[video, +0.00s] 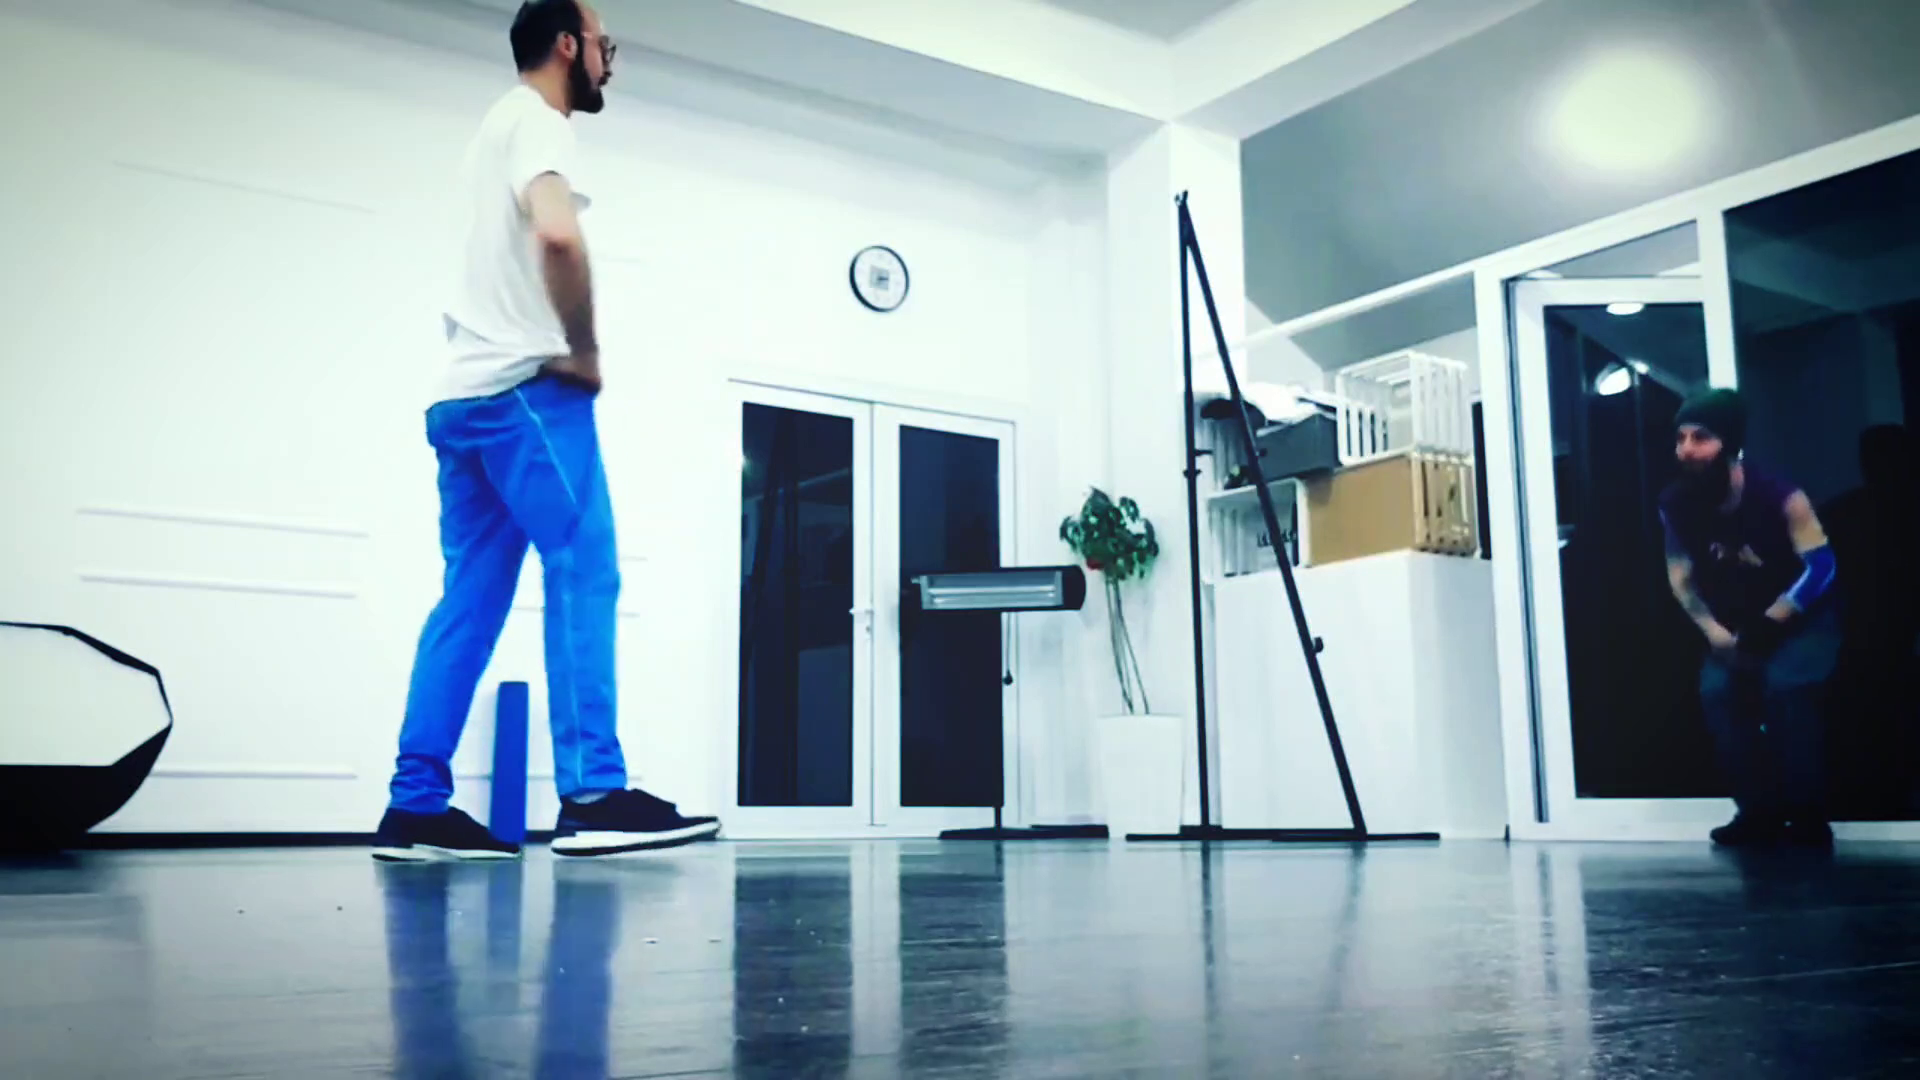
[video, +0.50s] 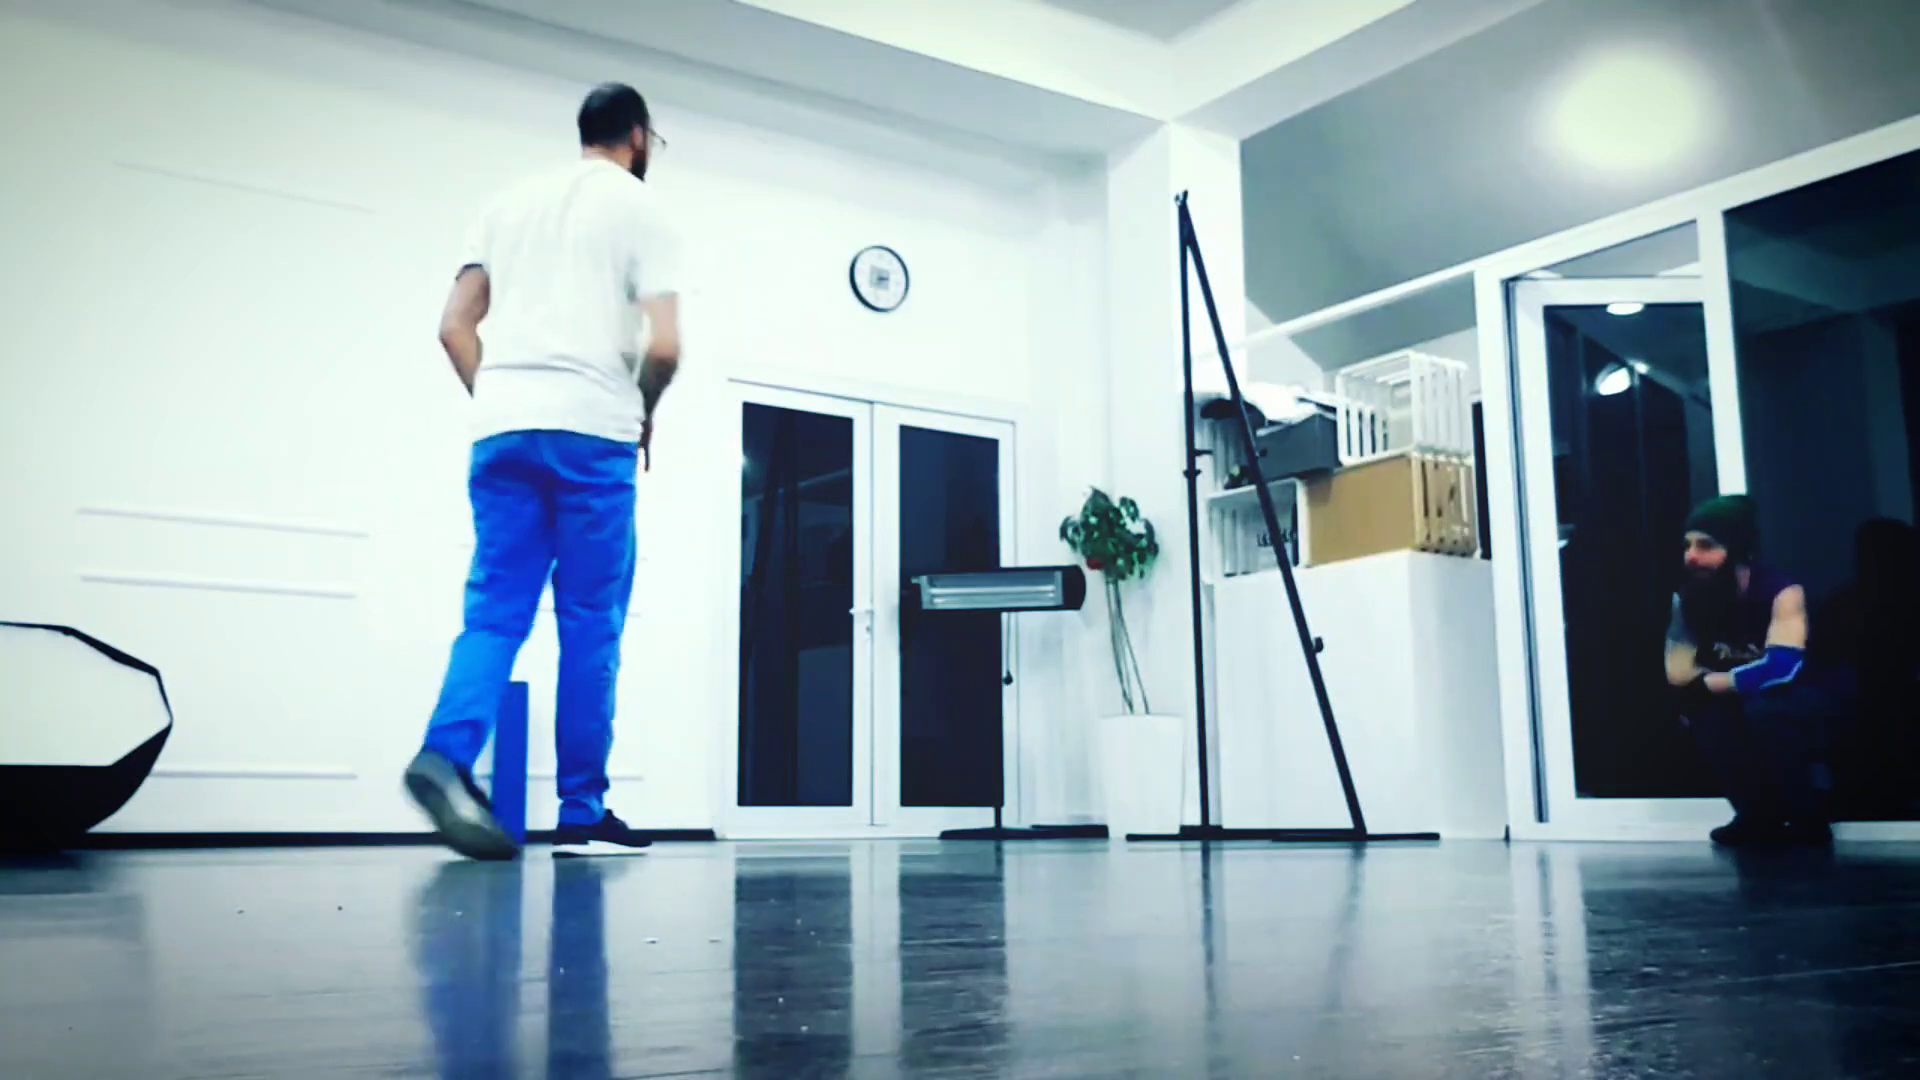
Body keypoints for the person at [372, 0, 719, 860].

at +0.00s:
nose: (607, 65)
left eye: (606, 49)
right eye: (602, 46)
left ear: (536, 50)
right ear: (569, 45)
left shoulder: (499, 126)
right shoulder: (534, 122)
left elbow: (487, 263)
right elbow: (558, 238)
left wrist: (529, 350)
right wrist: (584, 351)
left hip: (467, 401)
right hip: (529, 395)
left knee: (471, 600)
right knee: (586, 575)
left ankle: (416, 802)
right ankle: (595, 791)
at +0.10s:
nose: (608, 74)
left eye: (605, 58)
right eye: (602, 56)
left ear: (533, 64)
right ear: (573, 58)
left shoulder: (498, 137)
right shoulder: (547, 134)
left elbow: (494, 273)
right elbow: (592, 256)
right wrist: (610, 372)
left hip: (464, 402)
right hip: (535, 400)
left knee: (461, 601)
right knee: (600, 581)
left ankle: (415, 803)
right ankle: (596, 798)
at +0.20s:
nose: (617, 93)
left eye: (615, 80)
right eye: (610, 78)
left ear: (543, 85)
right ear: (578, 78)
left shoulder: (491, 170)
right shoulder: (564, 150)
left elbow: (441, 323)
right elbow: (605, 281)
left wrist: (499, 385)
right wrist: (628, 379)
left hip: (461, 408)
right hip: (542, 409)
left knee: (458, 604)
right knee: (593, 596)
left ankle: (416, 802)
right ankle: (594, 802)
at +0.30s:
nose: (624, 117)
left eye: (622, 103)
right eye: (620, 101)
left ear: (549, 108)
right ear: (594, 99)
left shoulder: (489, 186)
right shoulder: (593, 170)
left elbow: (441, 338)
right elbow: (607, 309)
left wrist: (504, 398)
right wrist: (633, 386)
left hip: (470, 419)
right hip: (561, 423)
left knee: (464, 607)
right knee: (575, 621)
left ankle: (420, 803)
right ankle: (585, 806)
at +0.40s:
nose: (637, 135)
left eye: (633, 124)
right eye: (635, 123)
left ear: (564, 125)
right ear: (619, 119)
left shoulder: (500, 199)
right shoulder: (618, 191)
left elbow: (448, 337)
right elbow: (622, 328)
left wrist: (508, 403)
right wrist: (640, 404)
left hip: (484, 421)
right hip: (575, 427)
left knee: (477, 605)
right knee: (578, 624)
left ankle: (427, 791)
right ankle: (582, 810)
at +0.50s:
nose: (650, 157)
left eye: (649, 146)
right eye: (651, 145)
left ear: (581, 137)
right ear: (638, 138)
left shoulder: (509, 204)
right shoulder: (641, 208)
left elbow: (456, 326)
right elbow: (665, 348)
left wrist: (503, 403)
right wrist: (640, 410)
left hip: (503, 424)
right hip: (595, 428)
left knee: (495, 610)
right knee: (591, 622)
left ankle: (444, 759)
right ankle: (582, 810)